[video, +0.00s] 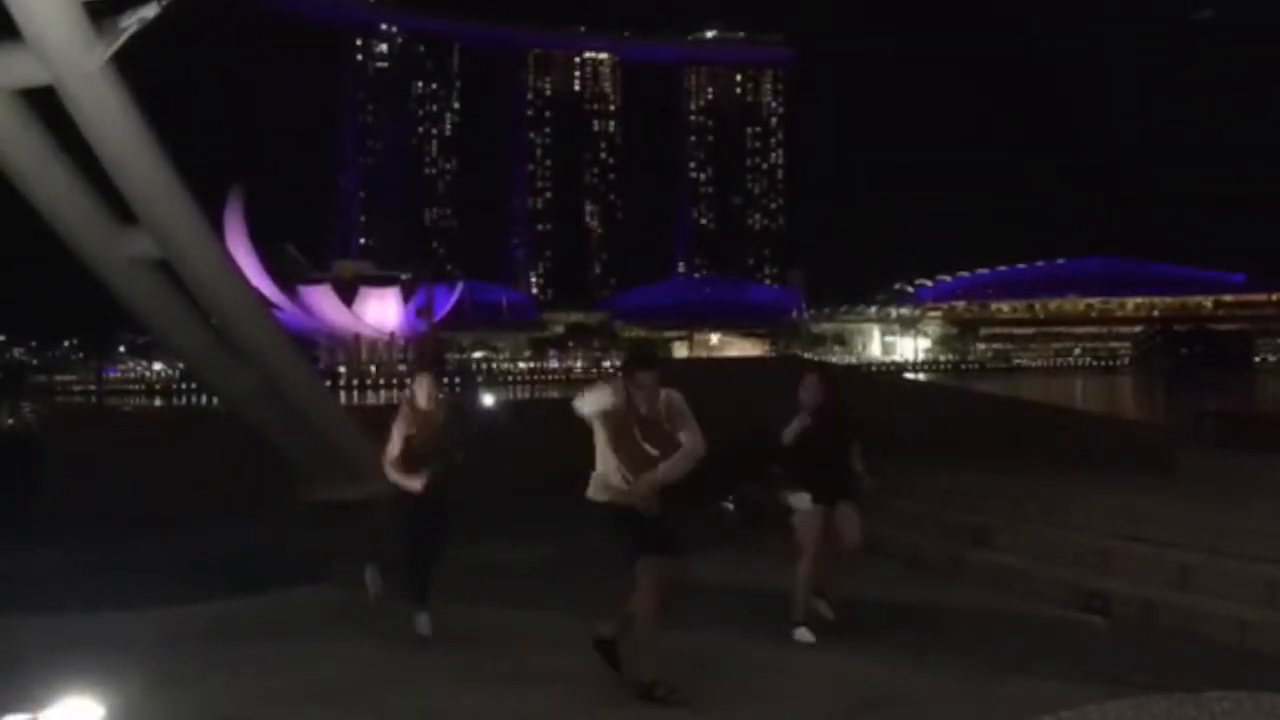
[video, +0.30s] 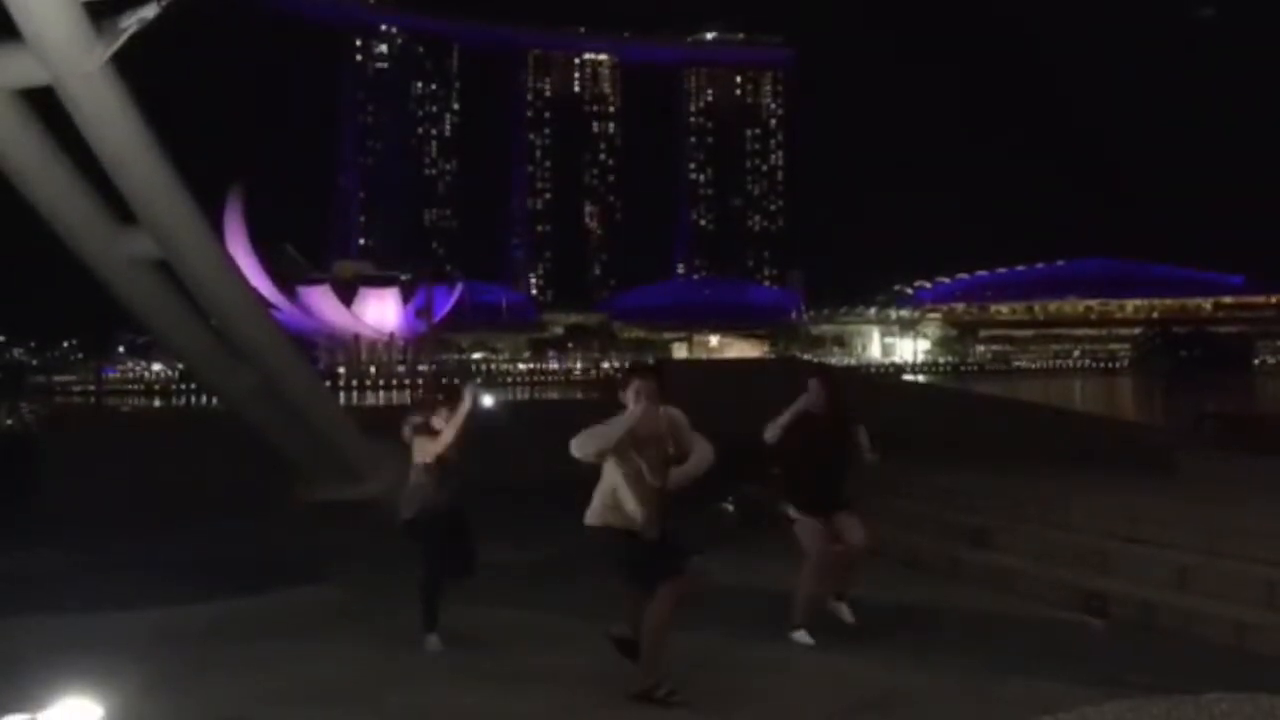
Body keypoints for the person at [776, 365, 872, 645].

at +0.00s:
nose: (808, 394)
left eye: (814, 389)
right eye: (805, 388)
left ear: (825, 393)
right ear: (799, 392)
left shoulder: (839, 421)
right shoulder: (796, 425)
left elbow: (852, 453)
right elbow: (780, 454)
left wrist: (860, 475)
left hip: (837, 489)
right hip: (806, 491)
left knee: (849, 540)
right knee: (810, 551)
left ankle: (821, 593)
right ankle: (799, 620)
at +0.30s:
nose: (814, 398)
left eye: (819, 393)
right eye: (811, 392)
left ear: (829, 394)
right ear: (806, 394)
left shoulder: (841, 420)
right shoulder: (797, 421)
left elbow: (866, 457)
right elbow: (769, 437)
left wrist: (860, 436)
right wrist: (799, 405)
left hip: (833, 493)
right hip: (800, 495)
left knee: (855, 541)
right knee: (816, 553)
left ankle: (837, 596)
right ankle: (798, 624)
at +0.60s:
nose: (822, 401)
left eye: (826, 395)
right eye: (817, 395)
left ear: (836, 399)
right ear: (811, 400)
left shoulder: (847, 432)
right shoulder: (801, 430)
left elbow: (866, 471)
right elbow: (784, 467)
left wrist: (849, 481)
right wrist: (772, 496)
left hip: (835, 498)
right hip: (802, 497)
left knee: (835, 554)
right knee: (794, 552)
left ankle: (842, 610)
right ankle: (780, 611)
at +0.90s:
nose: (797, 393)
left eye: (802, 387)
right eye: (794, 387)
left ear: (814, 389)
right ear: (790, 389)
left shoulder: (827, 416)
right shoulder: (785, 415)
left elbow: (849, 449)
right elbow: (758, 439)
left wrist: (833, 477)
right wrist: (764, 465)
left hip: (817, 484)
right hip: (789, 481)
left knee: (803, 538)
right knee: (787, 540)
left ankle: (824, 599)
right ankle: (794, 600)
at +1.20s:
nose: (789, 406)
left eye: (795, 401)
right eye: (788, 400)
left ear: (809, 404)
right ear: (786, 403)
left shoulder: (822, 429)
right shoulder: (789, 431)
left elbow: (855, 434)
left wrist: (847, 456)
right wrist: (762, 437)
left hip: (818, 491)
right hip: (791, 488)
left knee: (780, 537)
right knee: (771, 532)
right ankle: (793, 600)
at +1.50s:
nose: (809, 390)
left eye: (814, 384)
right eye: (805, 385)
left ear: (824, 389)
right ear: (799, 390)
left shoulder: (837, 424)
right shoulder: (790, 423)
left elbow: (859, 454)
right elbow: (756, 443)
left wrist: (874, 480)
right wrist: (785, 426)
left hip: (827, 496)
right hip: (790, 495)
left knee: (822, 555)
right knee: (783, 551)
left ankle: (822, 613)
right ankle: (776, 606)